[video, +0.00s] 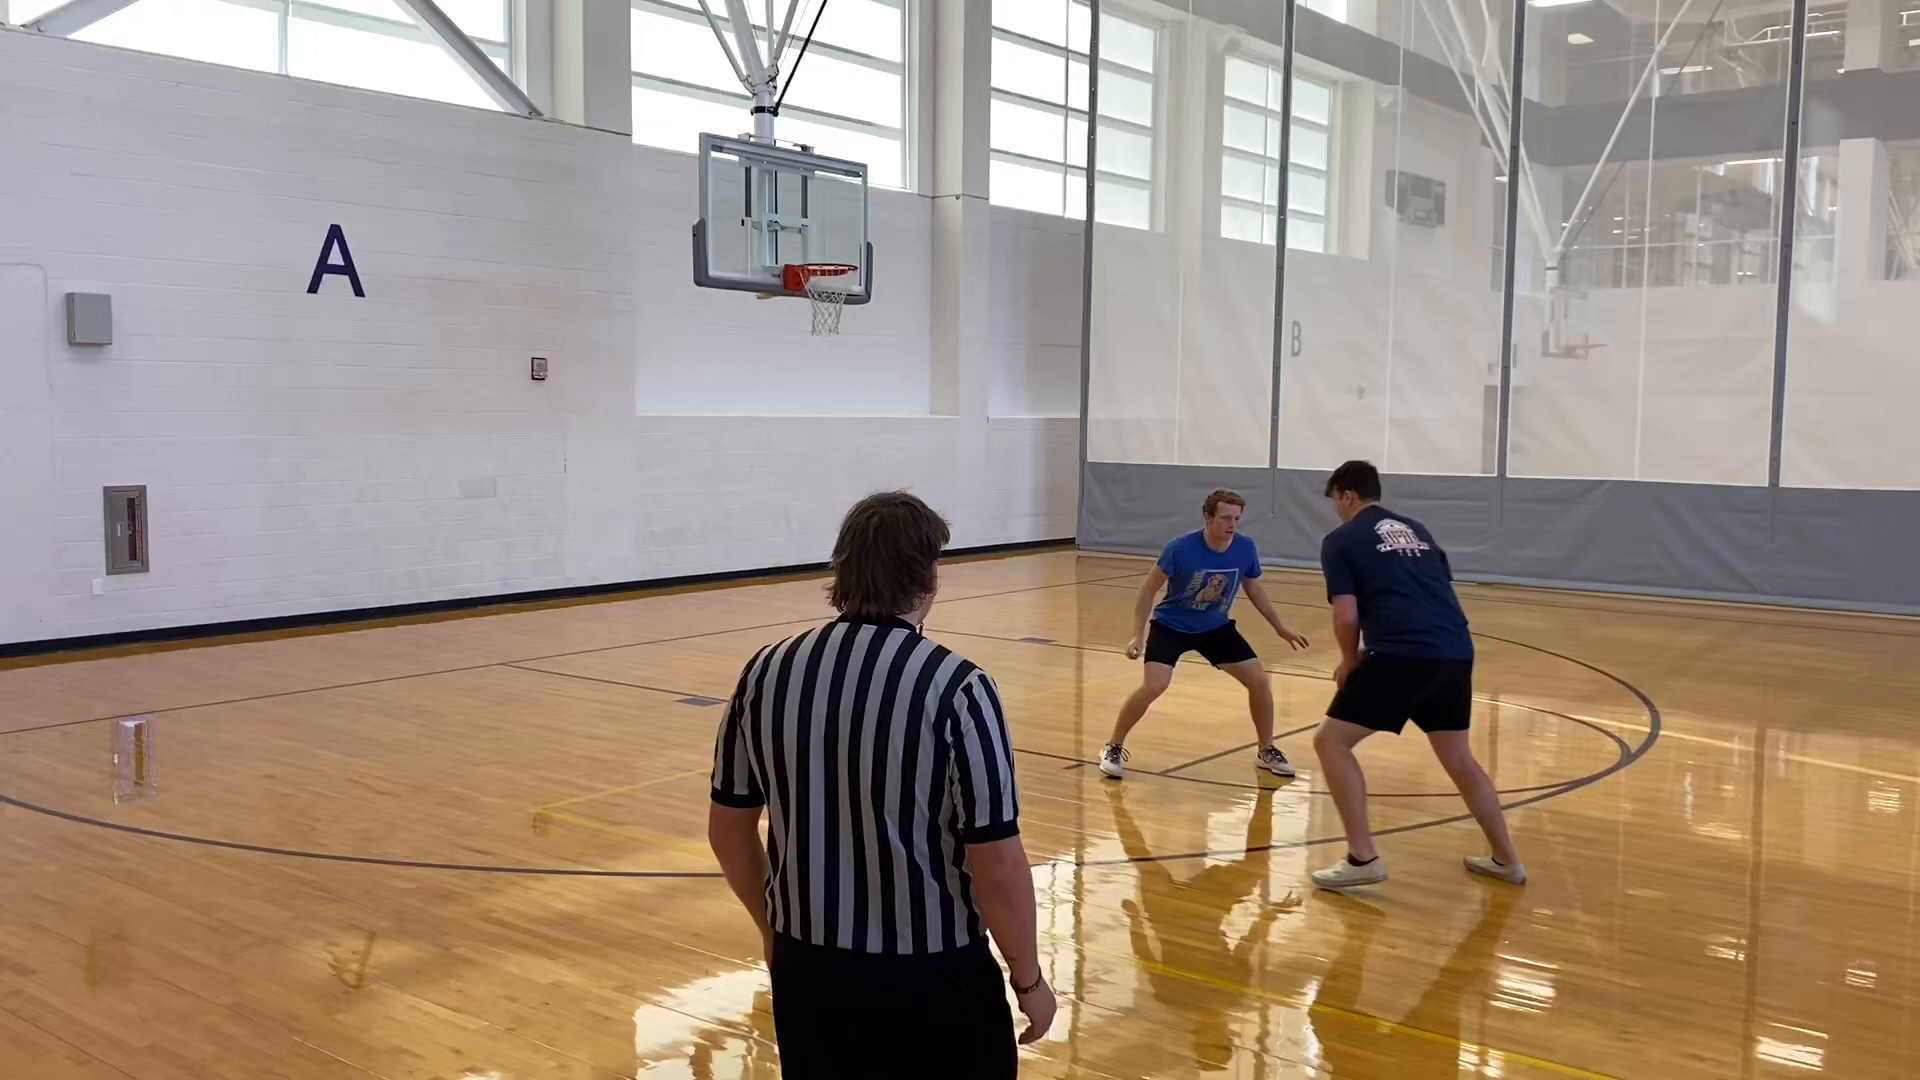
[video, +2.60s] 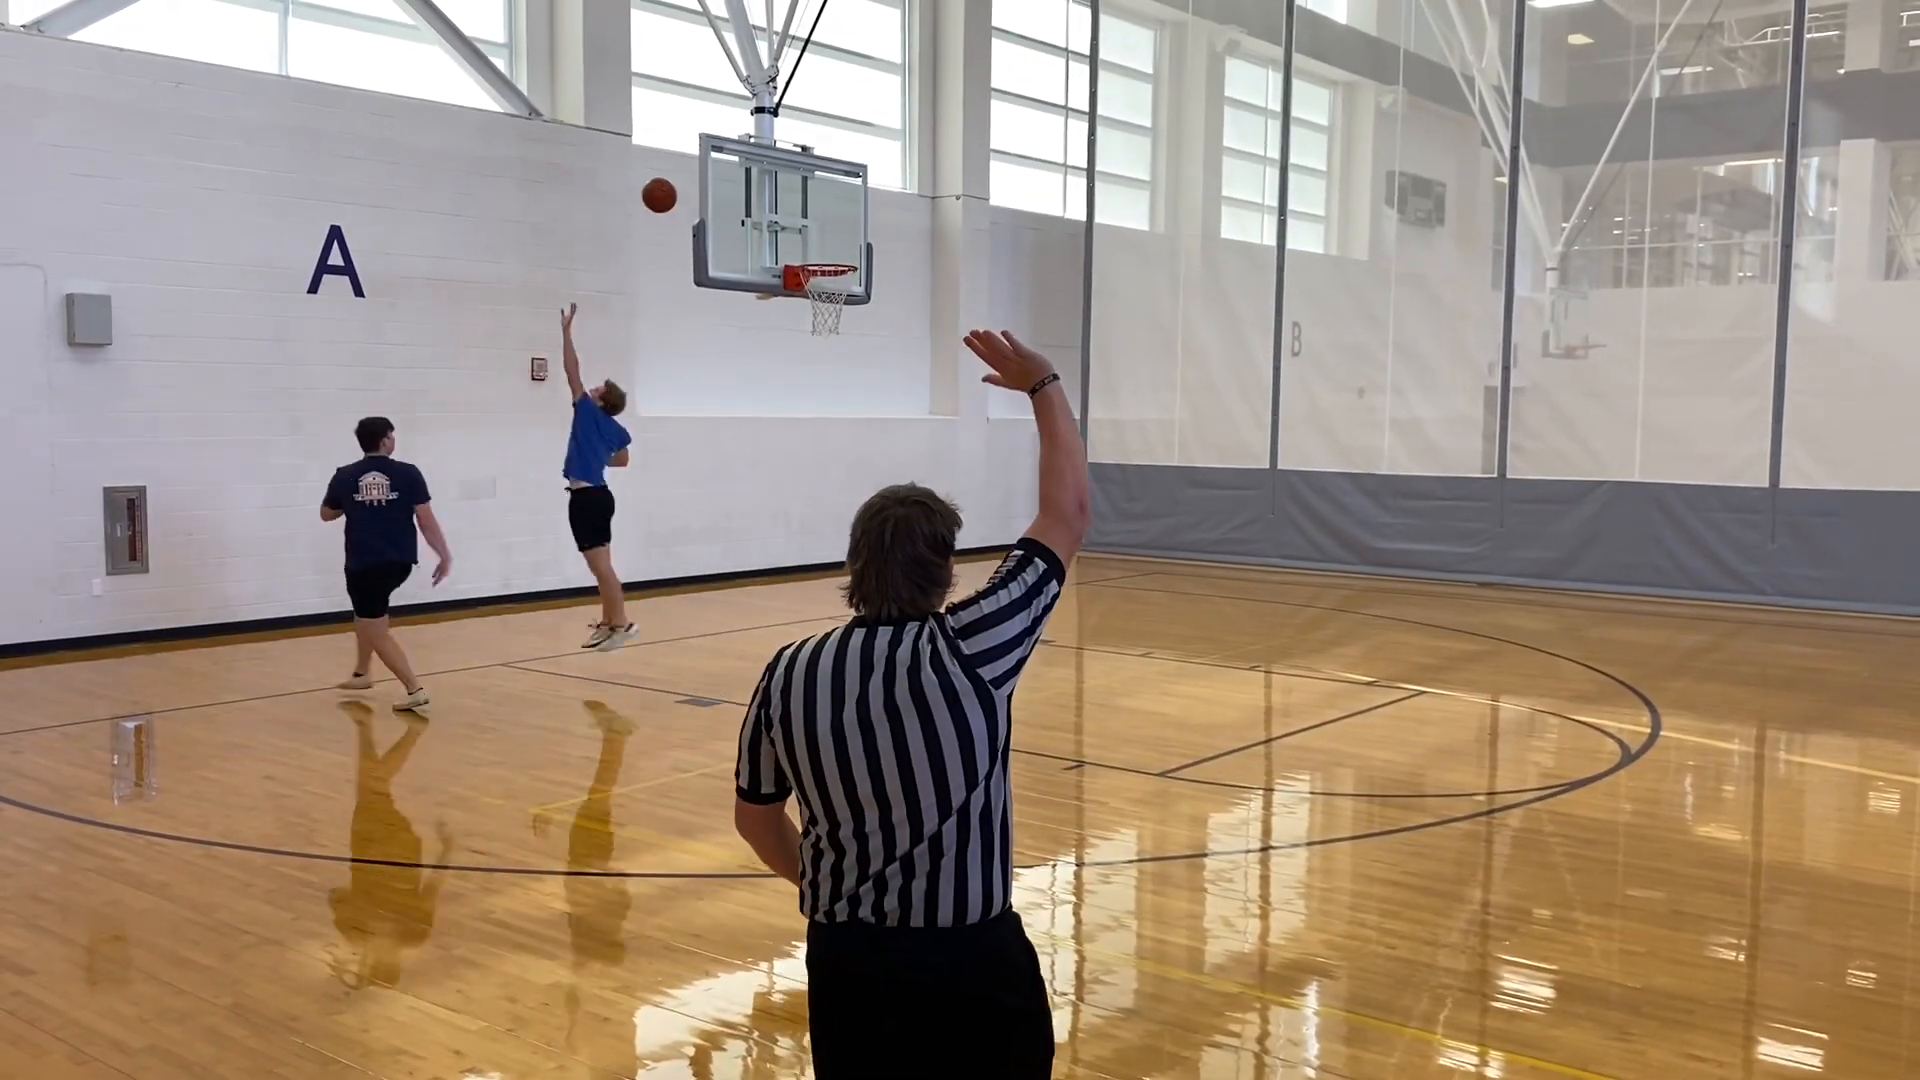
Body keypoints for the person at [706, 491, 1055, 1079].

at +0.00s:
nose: (939, 576)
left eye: (937, 560)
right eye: (937, 562)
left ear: (846, 567)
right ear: (926, 573)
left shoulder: (767, 671)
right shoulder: (958, 687)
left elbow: (729, 829)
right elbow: (996, 861)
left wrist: (773, 926)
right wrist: (1028, 976)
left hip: (809, 981)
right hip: (940, 985)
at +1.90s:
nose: (937, 574)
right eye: (934, 561)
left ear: (839, 568)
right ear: (927, 574)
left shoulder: (762, 677)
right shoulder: (967, 681)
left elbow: (719, 835)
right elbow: (1038, 851)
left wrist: (761, 932)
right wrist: (1004, 875)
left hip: (814, 978)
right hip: (947, 977)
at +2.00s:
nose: (930, 571)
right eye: (928, 560)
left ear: (832, 569)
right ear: (923, 574)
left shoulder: (760, 679)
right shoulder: (963, 677)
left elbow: (721, 833)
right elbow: (1070, 807)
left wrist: (767, 924)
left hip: (817, 980)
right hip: (949, 978)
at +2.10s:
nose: (931, 571)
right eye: (928, 559)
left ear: (832, 569)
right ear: (922, 572)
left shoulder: (762, 678)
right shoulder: (964, 671)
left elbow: (725, 832)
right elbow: (1101, 712)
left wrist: (775, 912)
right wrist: (1044, 632)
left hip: (820, 975)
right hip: (950, 972)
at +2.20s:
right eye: (925, 557)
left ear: (830, 565)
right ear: (923, 570)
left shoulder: (766, 676)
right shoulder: (962, 661)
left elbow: (728, 827)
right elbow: (1094, 605)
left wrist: (790, 904)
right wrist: (1044, 509)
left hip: (822, 970)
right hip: (952, 965)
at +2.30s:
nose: (927, 566)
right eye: (926, 555)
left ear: (834, 570)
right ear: (925, 570)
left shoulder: (767, 678)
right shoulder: (960, 653)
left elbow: (733, 825)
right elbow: (1073, 545)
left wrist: (791, 894)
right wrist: (1042, 424)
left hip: (827, 971)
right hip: (958, 969)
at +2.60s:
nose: (946, 567)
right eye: (946, 554)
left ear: (855, 569)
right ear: (945, 570)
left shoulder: (788, 673)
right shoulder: (970, 650)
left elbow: (756, 816)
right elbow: (1065, 516)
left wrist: (817, 876)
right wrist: (1046, 386)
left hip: (847, 974)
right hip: (976, 970)